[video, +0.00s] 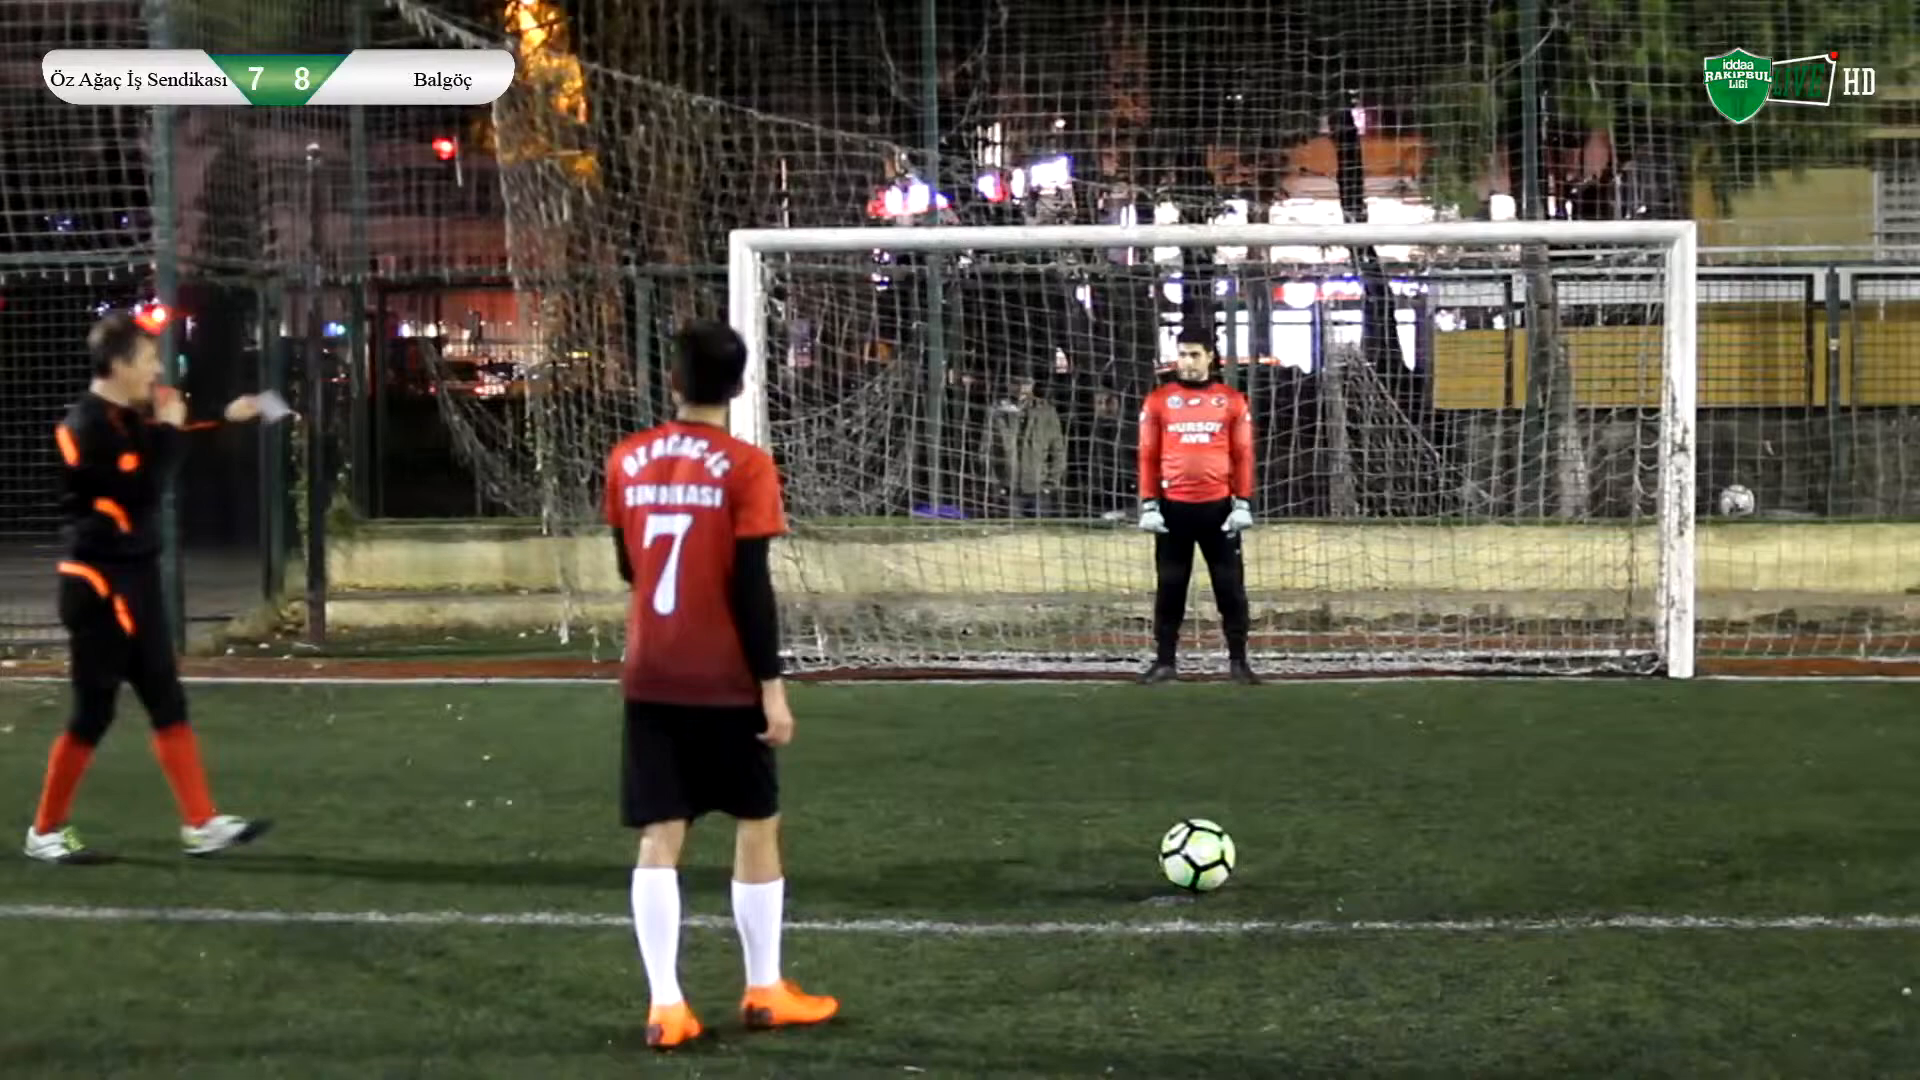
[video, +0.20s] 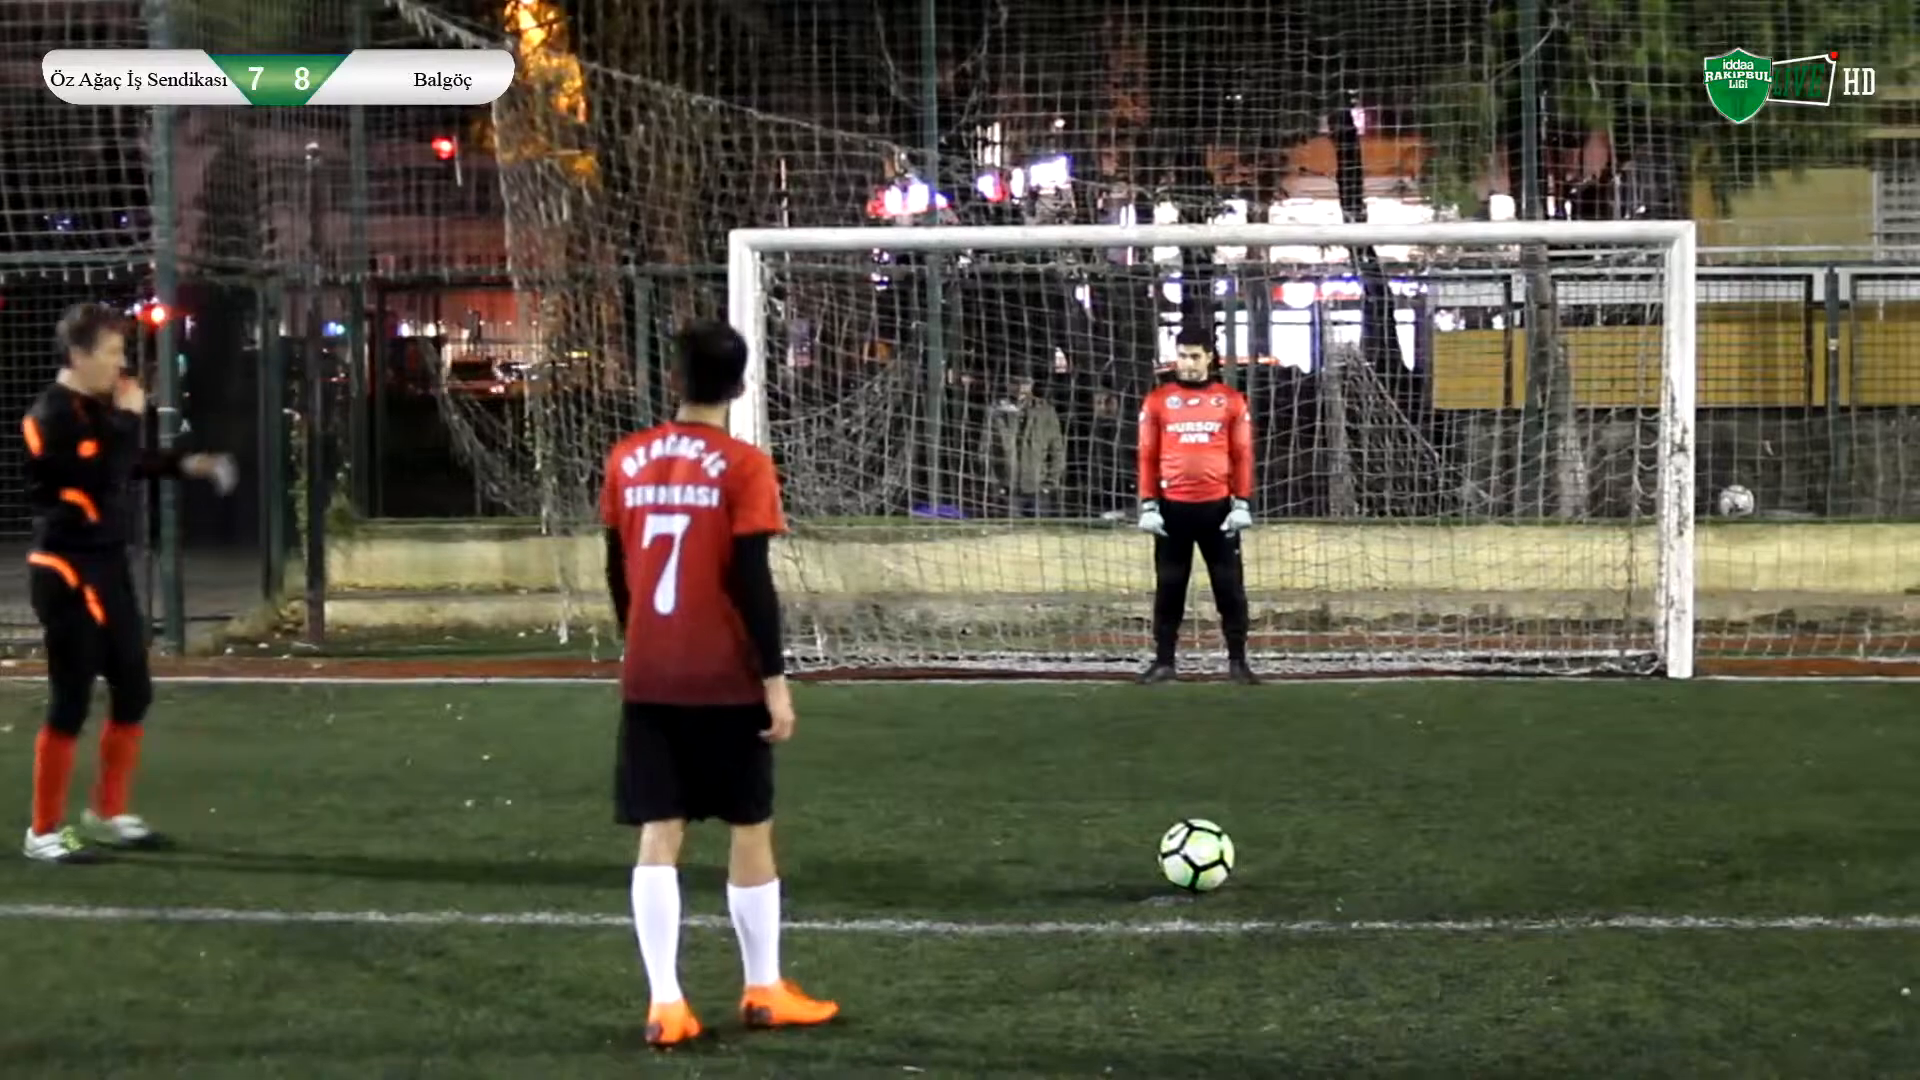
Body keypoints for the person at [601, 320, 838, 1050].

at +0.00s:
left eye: (691, 370)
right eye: (737, 378)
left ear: (676, 380)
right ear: (740, 386)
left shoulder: (627, 458)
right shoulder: (749, 466)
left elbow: (631, 568)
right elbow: (750, 583)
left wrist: (706, 566)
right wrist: (771, 681)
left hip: (649, 681)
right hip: (726, 681)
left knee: (661, 830)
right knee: (759, 821)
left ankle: (665, 1002)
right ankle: (767, 986)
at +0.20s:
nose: (727, 386)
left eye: (696, 369)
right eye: (738, 378)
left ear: (678, 378)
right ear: (740, 385)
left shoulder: (626, 457)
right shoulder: (747, 466)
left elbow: (619, 576)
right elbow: (751, 577)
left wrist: (643, 647)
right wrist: (775, 675)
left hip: (648, 681)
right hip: (728, 681)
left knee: (659, 829)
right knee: (751, 825)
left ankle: (665, 1000)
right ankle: (766, 985)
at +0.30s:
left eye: (680, 372)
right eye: (739, 380)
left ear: (674, 381)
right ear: (740, 386)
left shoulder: (626, 459)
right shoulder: (745, 464)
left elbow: (614, 576)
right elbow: (750, 572)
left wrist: (605, 661)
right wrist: (776, 674)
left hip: (647, 679)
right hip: (727, 680)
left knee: (657, 830)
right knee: (750, 825)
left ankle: (664, 999)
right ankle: (764, 985)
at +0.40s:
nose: (746, 395)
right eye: (750, 385)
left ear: (681, 384)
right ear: (745, 390)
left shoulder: (632, 461)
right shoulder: (750, 466)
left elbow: (592, 566)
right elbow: (752, 571)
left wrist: (572, 661)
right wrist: (781, 675)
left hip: (650, 683)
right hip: (730, 683)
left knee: (660, 831)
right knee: (752, 830)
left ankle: (664, 1003)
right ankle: (764, 988)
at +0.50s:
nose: (754, 394)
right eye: (756, 385)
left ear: (687, 385)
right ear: (750, 392)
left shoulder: (635, 461)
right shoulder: (753, 468)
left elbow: (590, 562)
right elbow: (755, 576)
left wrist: (567, 658)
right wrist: (781, 679)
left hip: (650, 684)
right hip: (730, 684)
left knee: (660, 832)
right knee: (754, 830)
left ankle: (662, 1004)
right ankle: (764, 989)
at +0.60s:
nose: (766, 400)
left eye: (758, 388)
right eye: (767, 391)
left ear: (696, 388)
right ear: (759, 396)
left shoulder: (641, 460)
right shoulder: (758, 469)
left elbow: (602, 569)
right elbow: (760, 577)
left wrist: (580, 663)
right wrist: (780, 681)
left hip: (649, 682)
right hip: (728, 683)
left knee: (659, 832)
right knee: (754, 830)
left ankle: (663, 1004)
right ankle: (764, 989)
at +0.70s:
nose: (771, 402)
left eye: (768, 391)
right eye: (772, 392)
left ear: (699, 389)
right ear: (762, 396)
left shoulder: (642, 461)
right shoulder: (763, 472)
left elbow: (614, 572)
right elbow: (763, 581)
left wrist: (605, 663)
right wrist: (780, 680)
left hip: (649, 679)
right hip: (729, 682)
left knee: (659, 832)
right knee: (754, 829)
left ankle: (663, 1003)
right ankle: (763, 987)